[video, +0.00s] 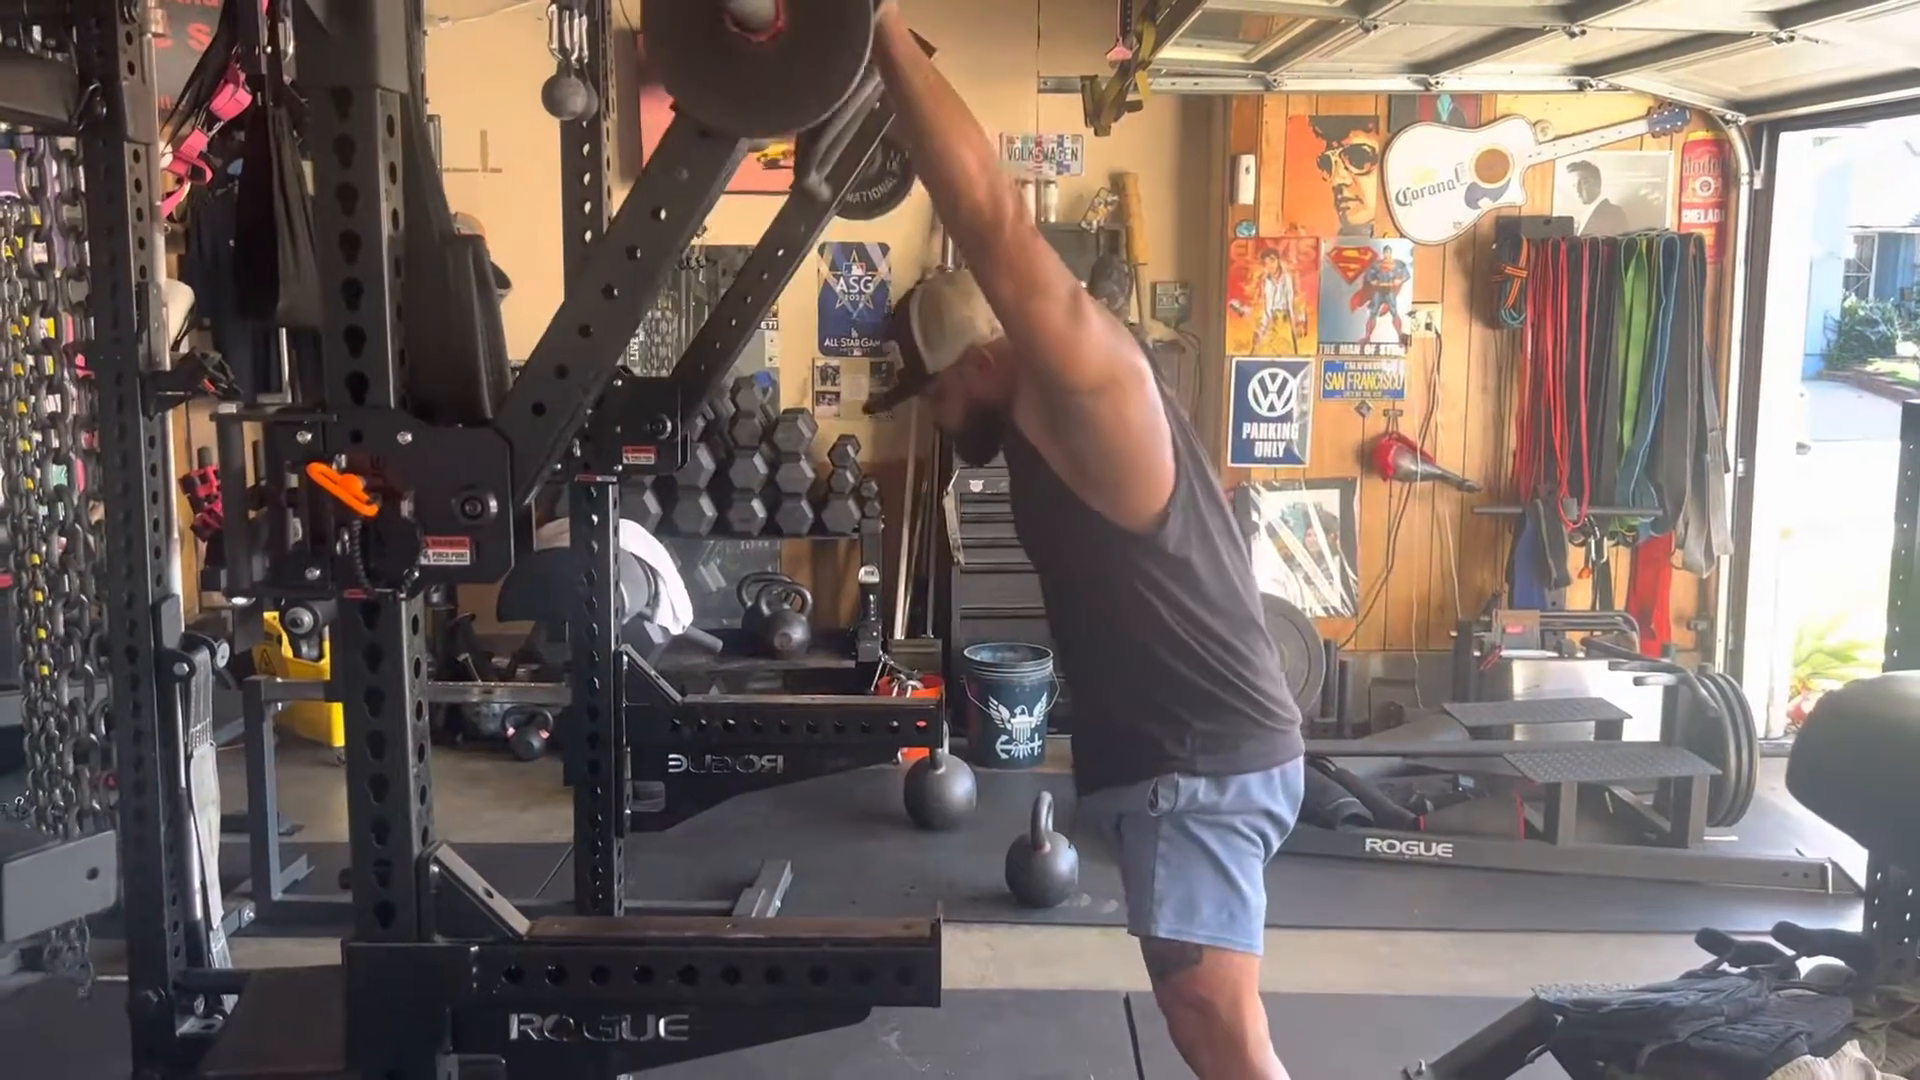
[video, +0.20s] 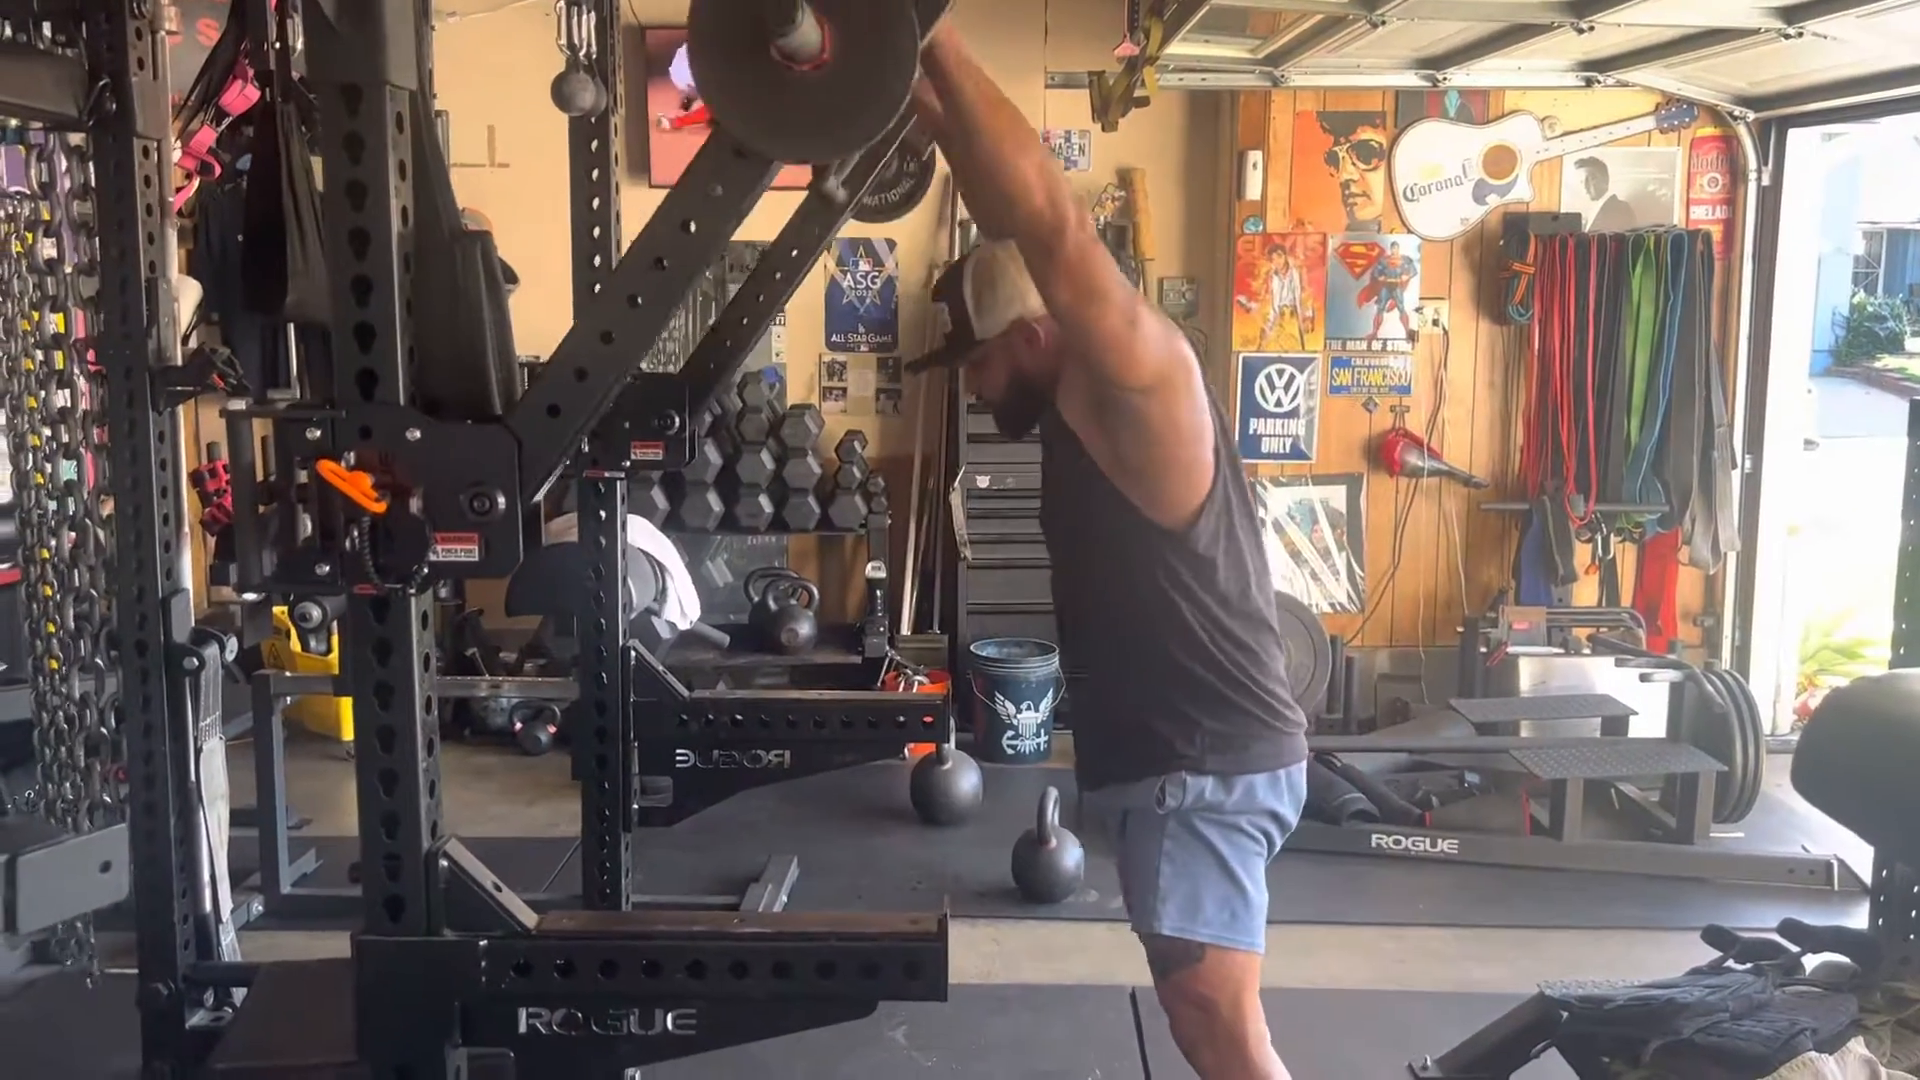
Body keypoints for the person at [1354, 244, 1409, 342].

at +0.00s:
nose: (1387, 255)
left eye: (1389, 252)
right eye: (1385, 252)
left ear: (1391, 253)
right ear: (1383, 253)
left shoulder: (1398, 264)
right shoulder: (1377, 264)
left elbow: (1406, 275)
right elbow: (1368, 275)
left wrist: (1399, 281)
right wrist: (1373, 281)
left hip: (1391, 288)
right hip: (1379, 288)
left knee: (1394, 311)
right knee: (1373, 312)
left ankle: (1400, 335)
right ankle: (1367, 336)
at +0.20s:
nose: (1394, 251)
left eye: (1396, 248)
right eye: (1393, 248)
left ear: (1399, 249)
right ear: (1390, 249)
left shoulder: (1405, 260)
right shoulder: (1384, 260)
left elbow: (1414, 271)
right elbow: (1375, 271)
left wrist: (1406, 277)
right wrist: (1379, 277)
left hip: (1398, 284)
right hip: (1386, 284)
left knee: (1401, 308)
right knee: (1380, 308)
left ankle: (1407, 332)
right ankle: (1374, 332)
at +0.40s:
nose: (1402, 244)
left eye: (1404, 242)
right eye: (1401, 242)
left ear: (1407, 242)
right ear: (1398, 243)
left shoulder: (1414, 253)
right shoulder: (1392, 253)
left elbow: (1422, 264)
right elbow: (1384, 264)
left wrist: (1415, 270)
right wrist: (1388, 270)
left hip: (1405, 277)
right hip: (1394, 277)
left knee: (1409, 301)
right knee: (1388, 301)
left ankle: (1415, 325)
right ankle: (1382, 325)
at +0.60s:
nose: (1415, 234)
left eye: (1417, 232)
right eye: (1414, 232)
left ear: (1420, 232)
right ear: (1411, 233)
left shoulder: (1427, 243)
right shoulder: (1405, 244)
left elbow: (1435, 255)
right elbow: (1397, 255)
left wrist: (1428, 261)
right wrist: (1400, 261)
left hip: (1418, 268)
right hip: (1407, 268)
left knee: (1422, 291)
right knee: (1401, 292)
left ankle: (1428, 316)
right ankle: (1395, 316)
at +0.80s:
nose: (1429, 224)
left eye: (1431, 222)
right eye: (1428, 222)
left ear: (1434, 222)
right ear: (1425, 222)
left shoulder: (1440, 233)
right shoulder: (1418, 233)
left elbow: (1449, 244)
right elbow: (1410, 244)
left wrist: (1442, 250)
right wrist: (1414, 250)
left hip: (1432, 257)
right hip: (1420, 257)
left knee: (1435, 281)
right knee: (1415, 281)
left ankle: (1442, 306)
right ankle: (1409, 304)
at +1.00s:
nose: (1443, 213)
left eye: (1445, 210)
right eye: (1441, 210)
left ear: (1447, 211)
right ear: (1439, 211)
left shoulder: (1454, 221)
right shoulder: (1433, 221)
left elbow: (1463, 233)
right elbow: (1424, 233)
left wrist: (1456, 239)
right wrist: (1427, 239)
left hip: (1446, 246)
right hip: (1434, 246)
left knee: (1450, 271)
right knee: (1428, 271)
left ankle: (1456, 295)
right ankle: (1422, 296)